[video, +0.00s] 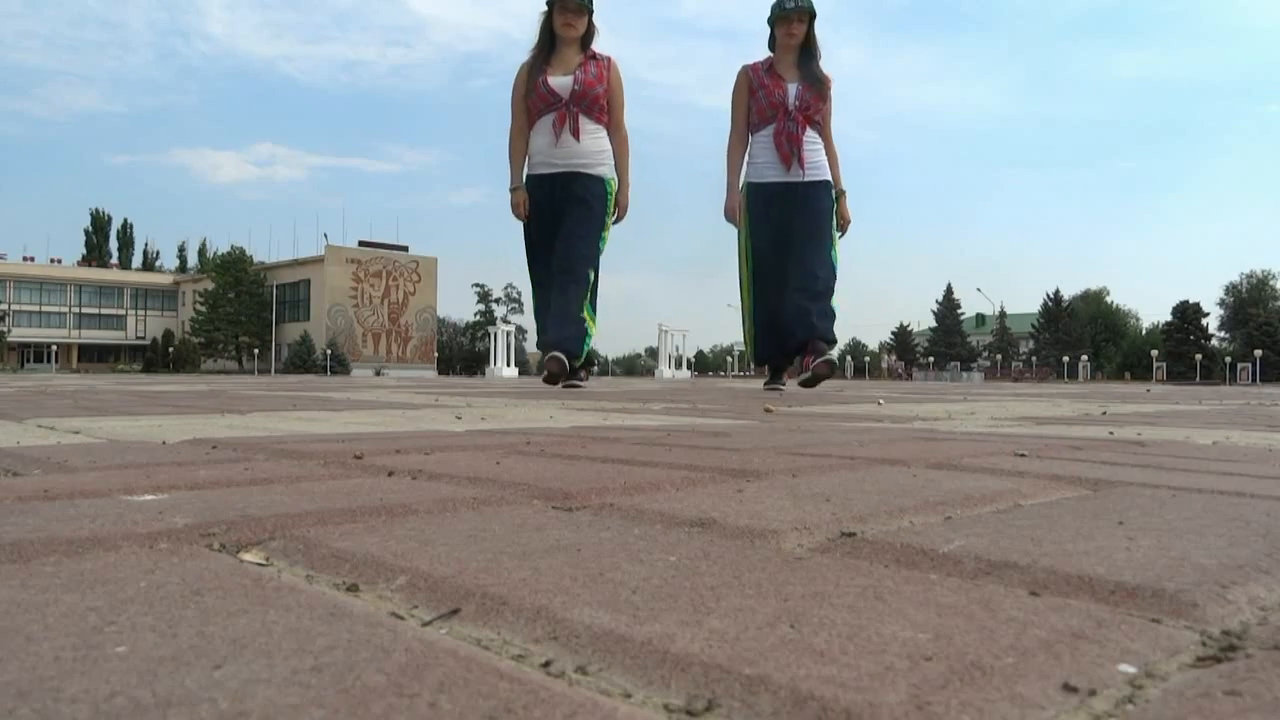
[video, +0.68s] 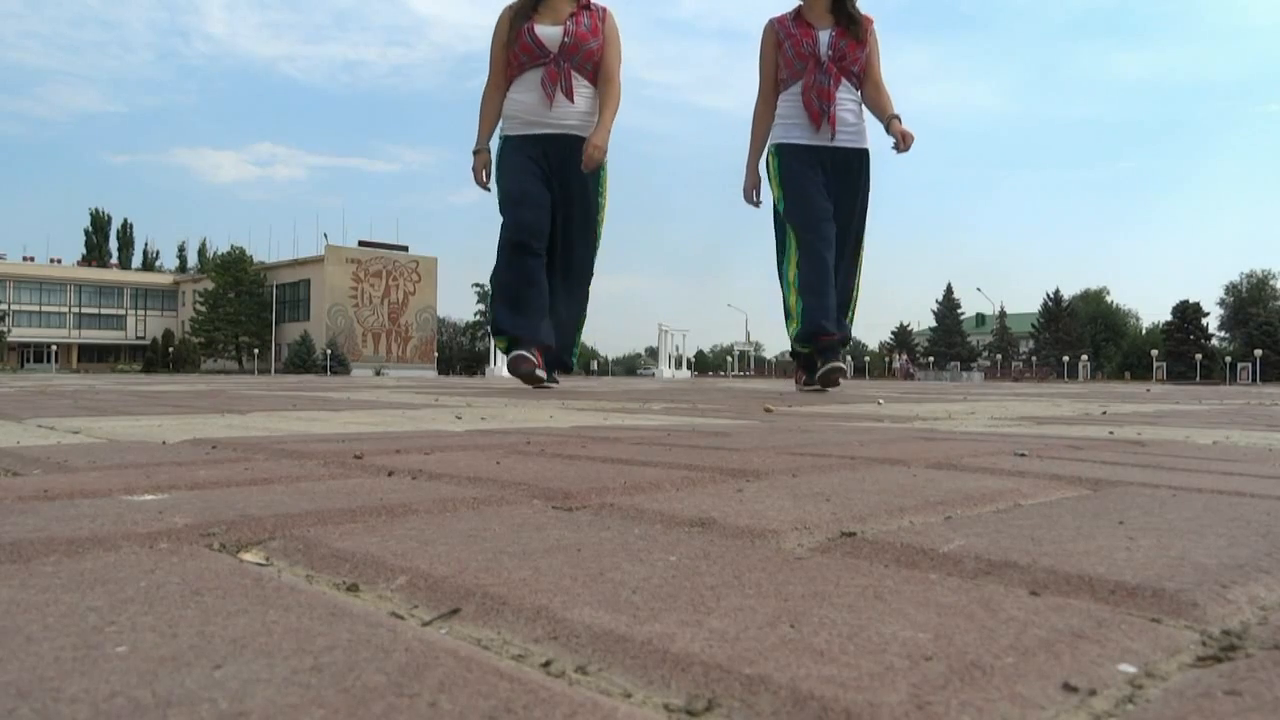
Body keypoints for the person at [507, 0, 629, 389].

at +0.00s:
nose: (570, 17)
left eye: (578, 11)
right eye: (562, 10)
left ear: (589, 19)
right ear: (550, 16)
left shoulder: (605, 67)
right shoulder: (530, 70)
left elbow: (617, 129)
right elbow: (519, 129)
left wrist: (623, 184)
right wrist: (516, 182)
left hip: (591, 178)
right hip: (541, 179)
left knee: (573, 261)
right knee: (545, 268)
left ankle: (558, 350)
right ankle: (573, 360)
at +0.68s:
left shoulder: (600, 17)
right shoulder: (513, 16)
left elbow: (610, 82)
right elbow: (496, 84)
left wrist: (602, 133)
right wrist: (482, 145)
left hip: (579, 147)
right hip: (521, 145)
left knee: (571, 250)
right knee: (525, 236)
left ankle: (553, 361)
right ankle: (524, 346)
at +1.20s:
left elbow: (613, 30)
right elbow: (471, 27)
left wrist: (628, 106)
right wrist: (460, 96)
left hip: (571, 95)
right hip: (501, 94)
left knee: (565, 213)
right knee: (510, 226)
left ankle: (574, 335)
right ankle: (534, 354)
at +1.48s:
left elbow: (602, 17)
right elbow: (456, 3)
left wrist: (607, 102)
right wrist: (447, 68)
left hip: (561, 68)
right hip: (485, 71)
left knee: (535, 206)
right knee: (493, 218)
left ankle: (516, 338)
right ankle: (540, 350)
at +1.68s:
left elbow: (604, 3)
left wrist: (611, 72)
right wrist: (422, 53)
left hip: (556, 30)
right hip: (471, 40)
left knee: (540, 195)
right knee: (470, 198)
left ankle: (514, 352)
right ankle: (493, 349)